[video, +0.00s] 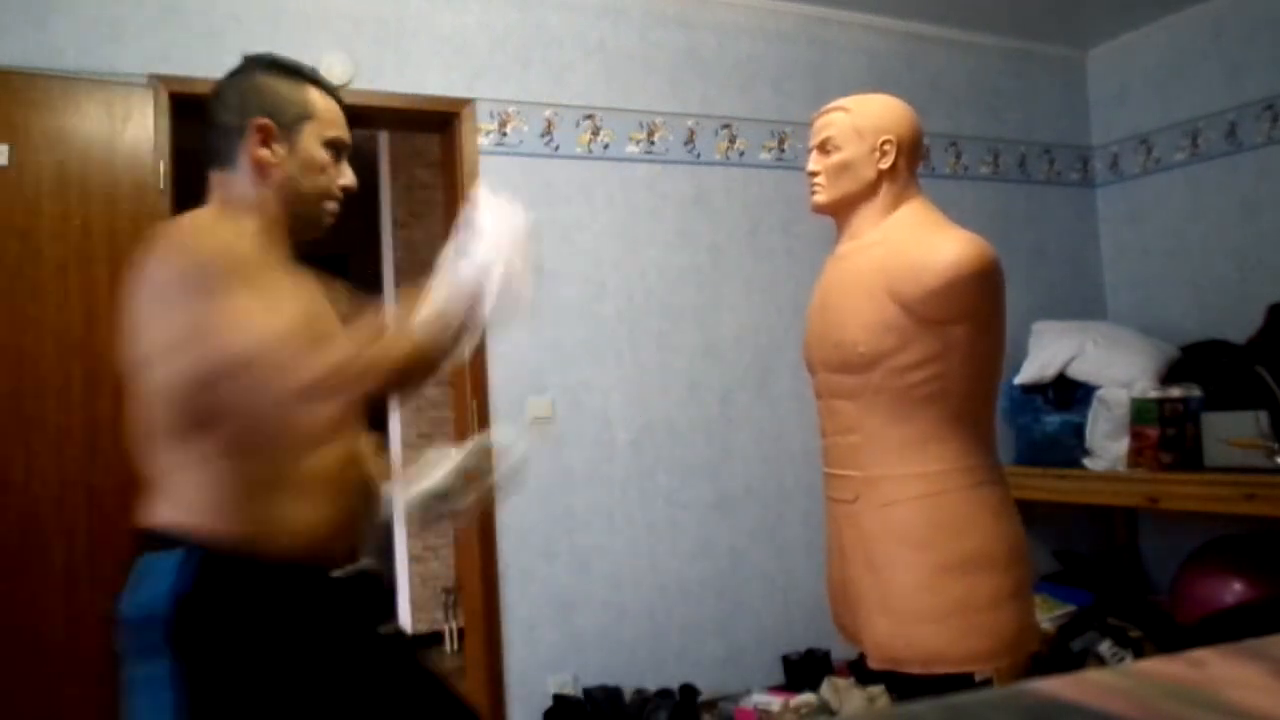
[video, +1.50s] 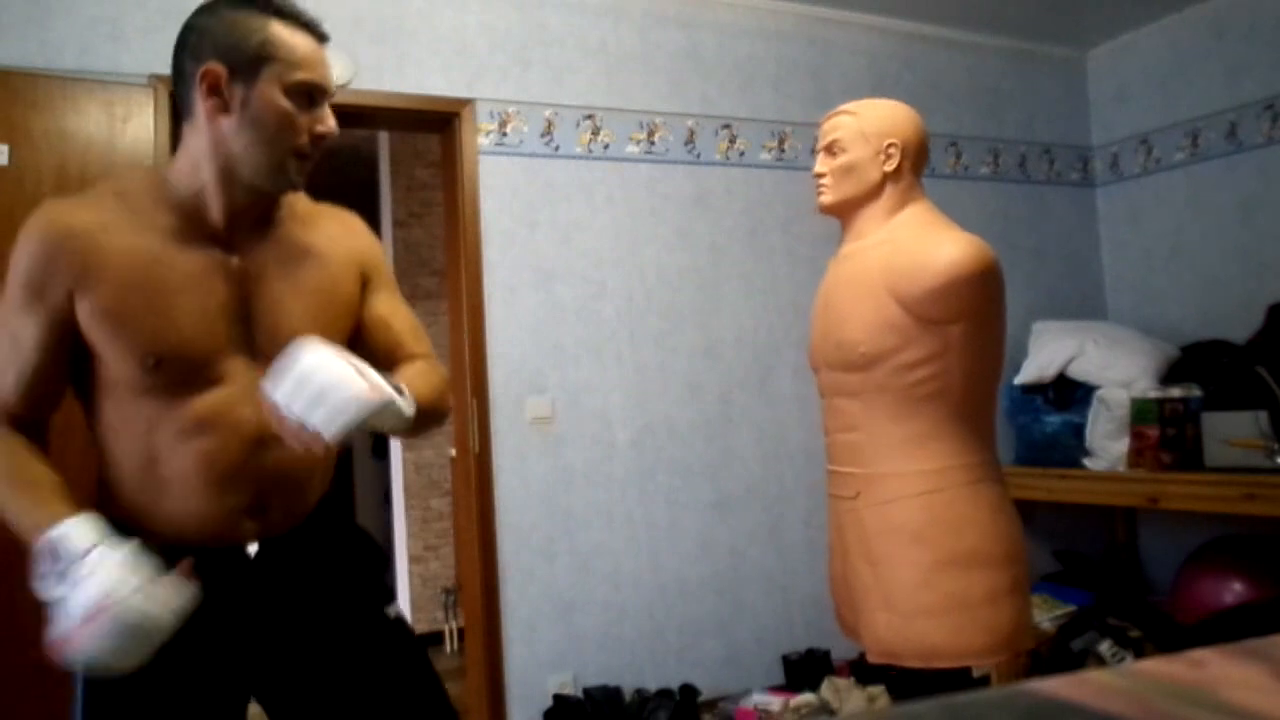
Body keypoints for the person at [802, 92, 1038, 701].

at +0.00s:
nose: (810, 165)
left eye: (828, 148)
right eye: (811, 150)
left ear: (884, 157)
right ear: (879, 159)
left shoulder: (943, 262)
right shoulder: (849, 258)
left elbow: (964, 435)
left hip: (934, 547)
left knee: (950, 703)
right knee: (896, 696)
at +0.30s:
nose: (815, 173)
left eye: (827, 156)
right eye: (816, 156)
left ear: (888, 166)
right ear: (895, 169)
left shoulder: (943, 257)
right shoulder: (833, 270)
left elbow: (940, 407)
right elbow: (833, 404)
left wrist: (729, 392)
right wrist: (716, 395)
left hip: (942, 552)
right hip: (869, 551)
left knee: (961, 704)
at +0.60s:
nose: (809, 164)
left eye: (828, 147)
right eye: (810, 147)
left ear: (886, 159)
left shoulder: (941, 265)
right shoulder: (844, 256)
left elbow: (958, 438)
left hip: (931, 546)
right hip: (866, 541)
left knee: (958, 705)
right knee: (897, 699)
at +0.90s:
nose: (820, 163)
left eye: (838, 149)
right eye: (821, 150)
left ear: (893, 160)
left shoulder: (945, 263)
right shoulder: (856, 257)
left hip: (935, 537)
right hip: (873, 533)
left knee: (952, 700)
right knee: (898, 693)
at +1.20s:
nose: (819, 164)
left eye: (836, 150)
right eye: (820, 151)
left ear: (891, 159)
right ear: (885, 161)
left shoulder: (946, 263)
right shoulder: (855, 258)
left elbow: (967, 433)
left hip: (936, 541)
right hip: (875, 535)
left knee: (954, 700)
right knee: (900, 694)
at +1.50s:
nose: (816, 166)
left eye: (833, 150)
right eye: (817, 152)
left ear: (888, 159)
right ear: (883, 161)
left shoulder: (942, 263)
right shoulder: (855, 257)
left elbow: (965, 429)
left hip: (934, 542)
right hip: (877, 537)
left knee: (949, 714)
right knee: (901, 709)